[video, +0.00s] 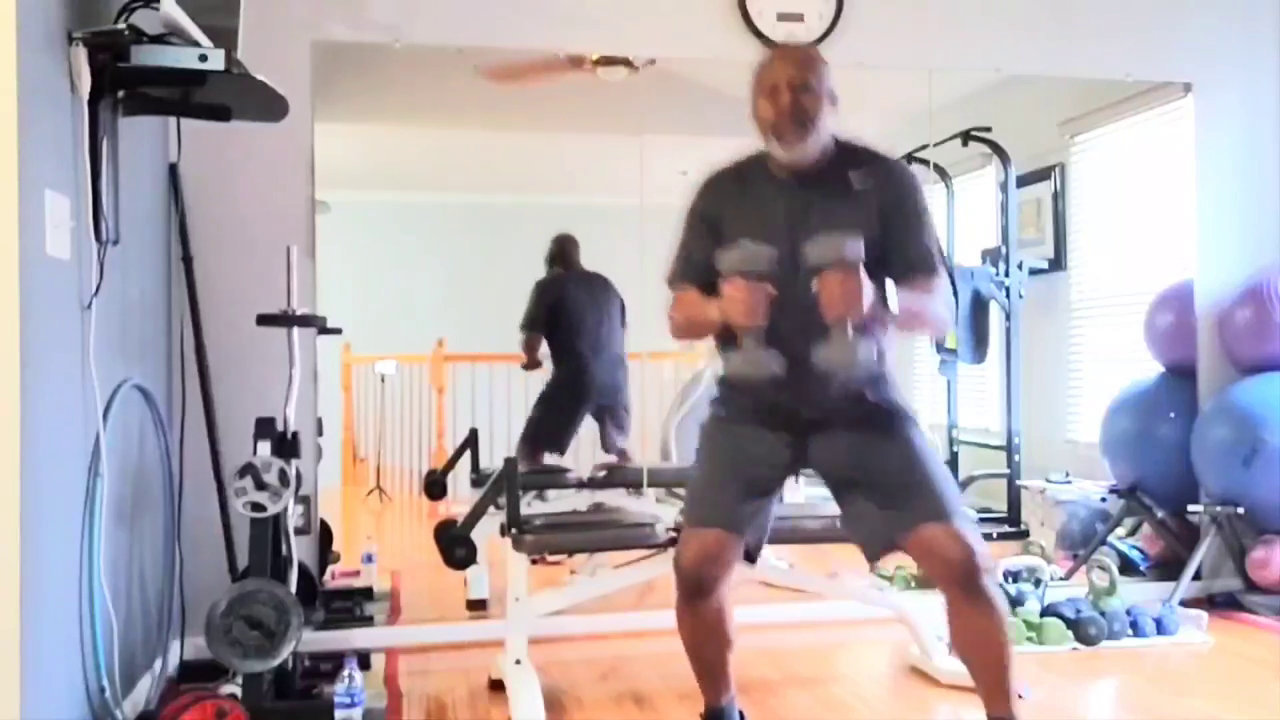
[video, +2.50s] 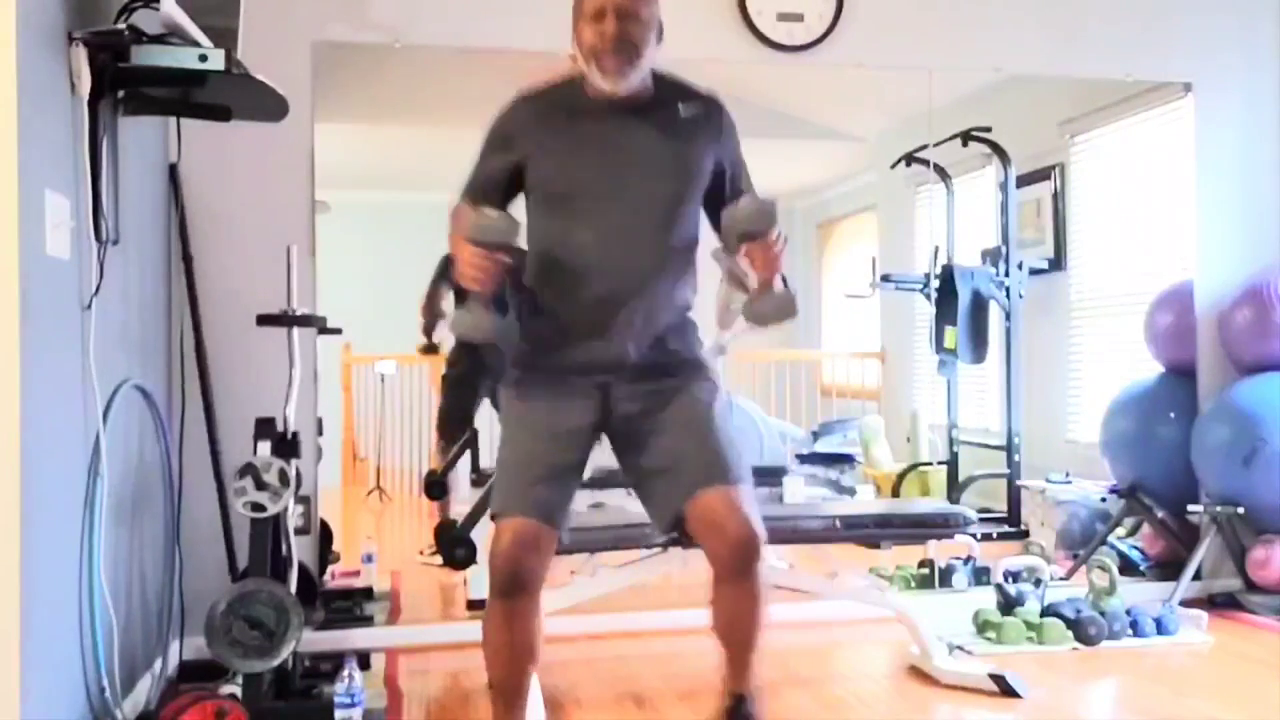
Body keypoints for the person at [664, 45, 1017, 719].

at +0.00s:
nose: (786, 104)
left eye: (802, 90)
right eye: (771, 92)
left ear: (830, 99)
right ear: (754, 103)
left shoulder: (884, 183)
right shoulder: (723, 193)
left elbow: (934, 310)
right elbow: (681, 313)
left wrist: (877, 301)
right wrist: (721, 308)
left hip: (859, 411)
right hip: (750, 411)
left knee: (960, 561)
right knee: (698, 569)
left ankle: (1003, 714)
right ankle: (719, 709)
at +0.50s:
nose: (903, 25)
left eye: (921, 9)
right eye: (887, 11)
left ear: (953, 20)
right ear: (867, 26)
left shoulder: (1012, 104)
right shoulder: (836, 121)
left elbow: (1073, 191)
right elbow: (802, 216)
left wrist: (1096, 227)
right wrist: (778, 259)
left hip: (985, 360)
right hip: (874, 362)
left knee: (1010, 549)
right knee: (840, 541)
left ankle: (1019, 713)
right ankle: (886, 696)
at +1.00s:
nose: (904, 66)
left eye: (921, 54)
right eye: (889, 56)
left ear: (951, 72)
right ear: (870, 76)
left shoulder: (1007, 157)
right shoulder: (828, 169)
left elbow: (1067, 272)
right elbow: (782, 289)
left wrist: (1018, 286)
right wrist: (822, 296)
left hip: (975, 399)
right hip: (859, 394)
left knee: (1045, 565)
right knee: (778, 547)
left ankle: (1027, 716)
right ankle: (736, 710)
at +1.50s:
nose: (777, 22)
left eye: (795, 6)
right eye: (760, 7)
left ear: (828, 14)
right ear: (740, 18)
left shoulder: (878, 111)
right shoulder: (704, 119)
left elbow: (920, 209)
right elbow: (657, 223)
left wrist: (931, 231)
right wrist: (659, 250)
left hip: (846, 356)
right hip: (735, 360)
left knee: (906, 529)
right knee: (713, 546)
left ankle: (878, 696)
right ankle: (718, 714)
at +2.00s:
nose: (732, 41)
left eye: (749, 26)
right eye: (717, 29)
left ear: (776, 39)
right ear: (698, 44)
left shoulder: (822, 137)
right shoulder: (654, 141)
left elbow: (879, 254)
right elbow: (596, 263)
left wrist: (847, 254)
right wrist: (655, 268)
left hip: (777, 382)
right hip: (666, 375)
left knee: (829, 553)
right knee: (596, 537)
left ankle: (806, 714)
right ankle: (569, 703)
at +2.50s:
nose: (614, 30)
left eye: (631, 14)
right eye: (598, 15)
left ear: (658, 23)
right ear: (575, 25)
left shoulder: (702, 119)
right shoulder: (528, 118)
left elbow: (743, 223)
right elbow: (472, 211)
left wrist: (761, 255)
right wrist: (466, 249)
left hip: (666, 368)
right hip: (550, 372)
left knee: (739, 541)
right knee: (515, 560)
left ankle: (739, 699)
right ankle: (511, 718)